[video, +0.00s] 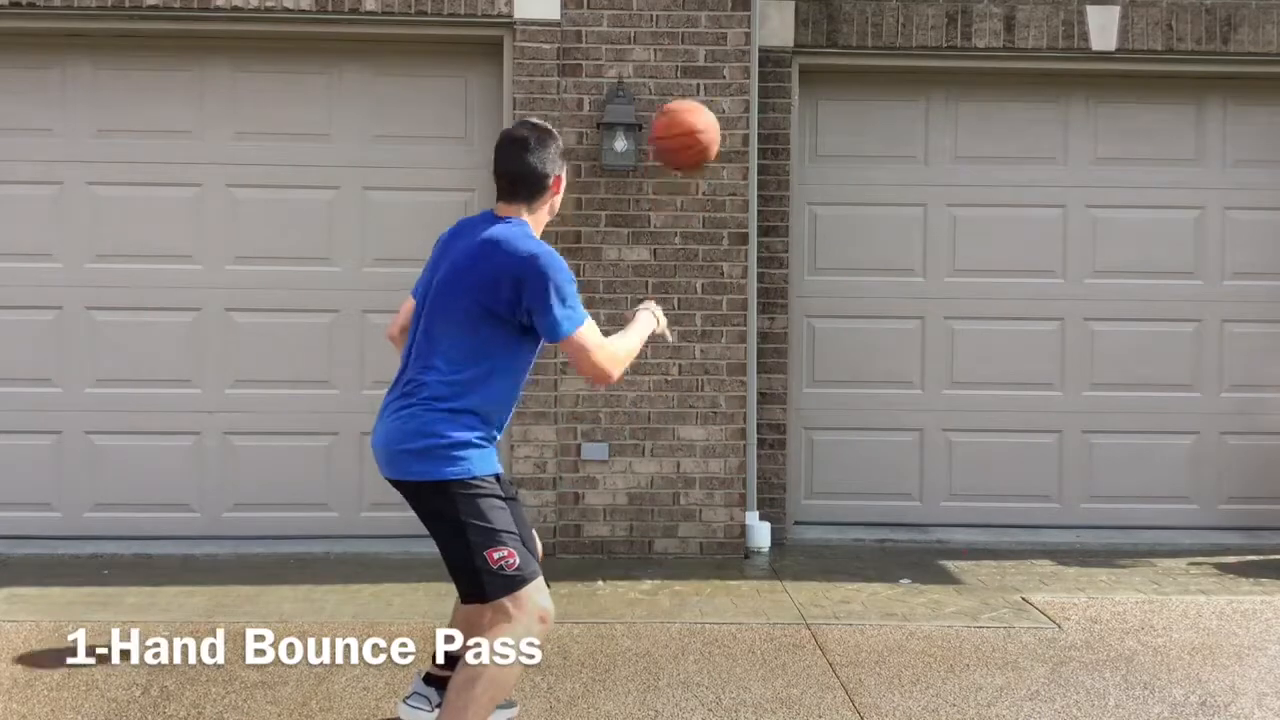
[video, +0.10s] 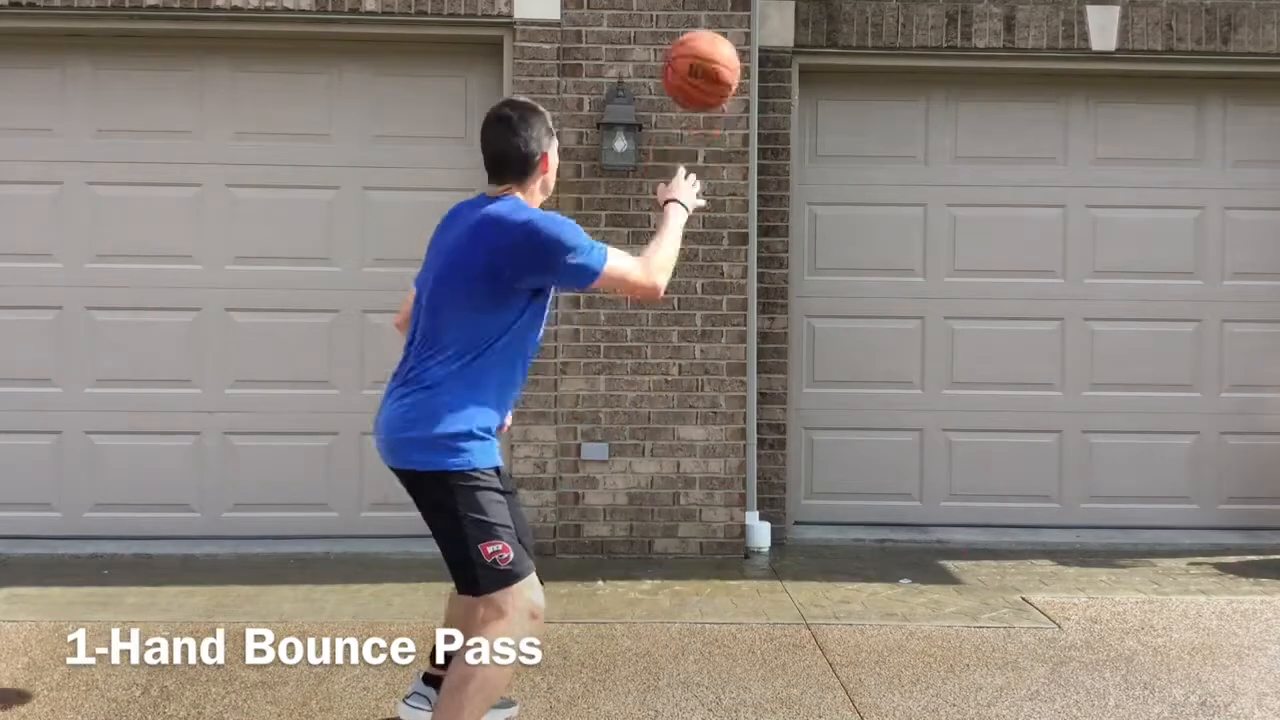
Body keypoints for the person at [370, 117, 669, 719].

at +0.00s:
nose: (565, 188)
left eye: (564, 179)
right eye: (565, 180)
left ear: (496, 180)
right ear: (557, 188)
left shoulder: (459, 236)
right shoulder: (536, 261)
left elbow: (401, 329)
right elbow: (603, 367)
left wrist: (450, 385)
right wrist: (644, 322)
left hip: (409, 437)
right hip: (448, 448)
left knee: (523, 548)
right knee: (528, 615)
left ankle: (438, 687)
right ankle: (459, 712)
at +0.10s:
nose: (558, 162)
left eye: (554, 151)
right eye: (556, 152)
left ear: (490, 159)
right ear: (545, 162)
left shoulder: (460, 219)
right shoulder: (535, 231)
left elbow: (410, 317)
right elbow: (649, 278)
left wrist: (481, 400)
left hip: (422, 428)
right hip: (452, 437)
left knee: (486, 580)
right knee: (516, 608)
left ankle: (434, 690)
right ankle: (455, 712)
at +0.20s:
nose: (557, 138)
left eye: (554, 129)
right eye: (554, 128)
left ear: (486, 137)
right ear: (542, 136)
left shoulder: (463, 196)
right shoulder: (529, 193)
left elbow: (418, 298)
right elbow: (662, 196)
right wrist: (706, 119)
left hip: (426, 412)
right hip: (454, 419)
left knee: (488, 581)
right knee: (503, 596)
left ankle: (441, 687)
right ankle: (452, 713)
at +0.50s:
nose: (578, 170)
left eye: (576, 159)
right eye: (578, 159)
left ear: (511, 160)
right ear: (567, 165)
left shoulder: (486, 212)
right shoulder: (515, 218)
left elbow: (421, 268)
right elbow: (617, 273)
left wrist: (414, 345)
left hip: (445, 416)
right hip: (437, 417)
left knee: (513, 541)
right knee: (498, 591)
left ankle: (443, 680)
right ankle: (449, 709)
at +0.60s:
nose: (585, 209)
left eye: (586, 197)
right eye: (587, 198)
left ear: (520, 185)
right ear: (577, 203)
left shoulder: (483, 235)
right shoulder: (515, 264)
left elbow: (405, 283)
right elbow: (578, 387)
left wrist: (399, 351)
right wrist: (650, 333)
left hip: (425, 428)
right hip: (436, 438)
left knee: (524, 542)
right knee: (512, 603)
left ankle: (441, 682)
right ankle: (453, 710)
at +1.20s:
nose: (561, 184)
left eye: (556, 175)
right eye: (561, 175)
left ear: (494, 180)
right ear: (552, 184)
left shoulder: (459, 237)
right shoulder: (542, 257)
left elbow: (408, 334)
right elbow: (632, 343)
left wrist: (489, 401)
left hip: (405, 433)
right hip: (446, 441)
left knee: (509, 559)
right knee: (527, 609)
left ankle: (437, 688)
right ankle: (460, 713)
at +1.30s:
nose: (566, 168)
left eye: (564, 159)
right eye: (564, 159)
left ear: (495, 166)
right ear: (553, 166)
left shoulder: (468, 221)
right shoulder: (541, 226)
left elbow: (414, 322)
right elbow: (667, 251)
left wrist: (497, 388)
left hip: (415, 424)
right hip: (448, 430)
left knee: (495, 569)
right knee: (530, 602)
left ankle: (445, 680)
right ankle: (461, 714)